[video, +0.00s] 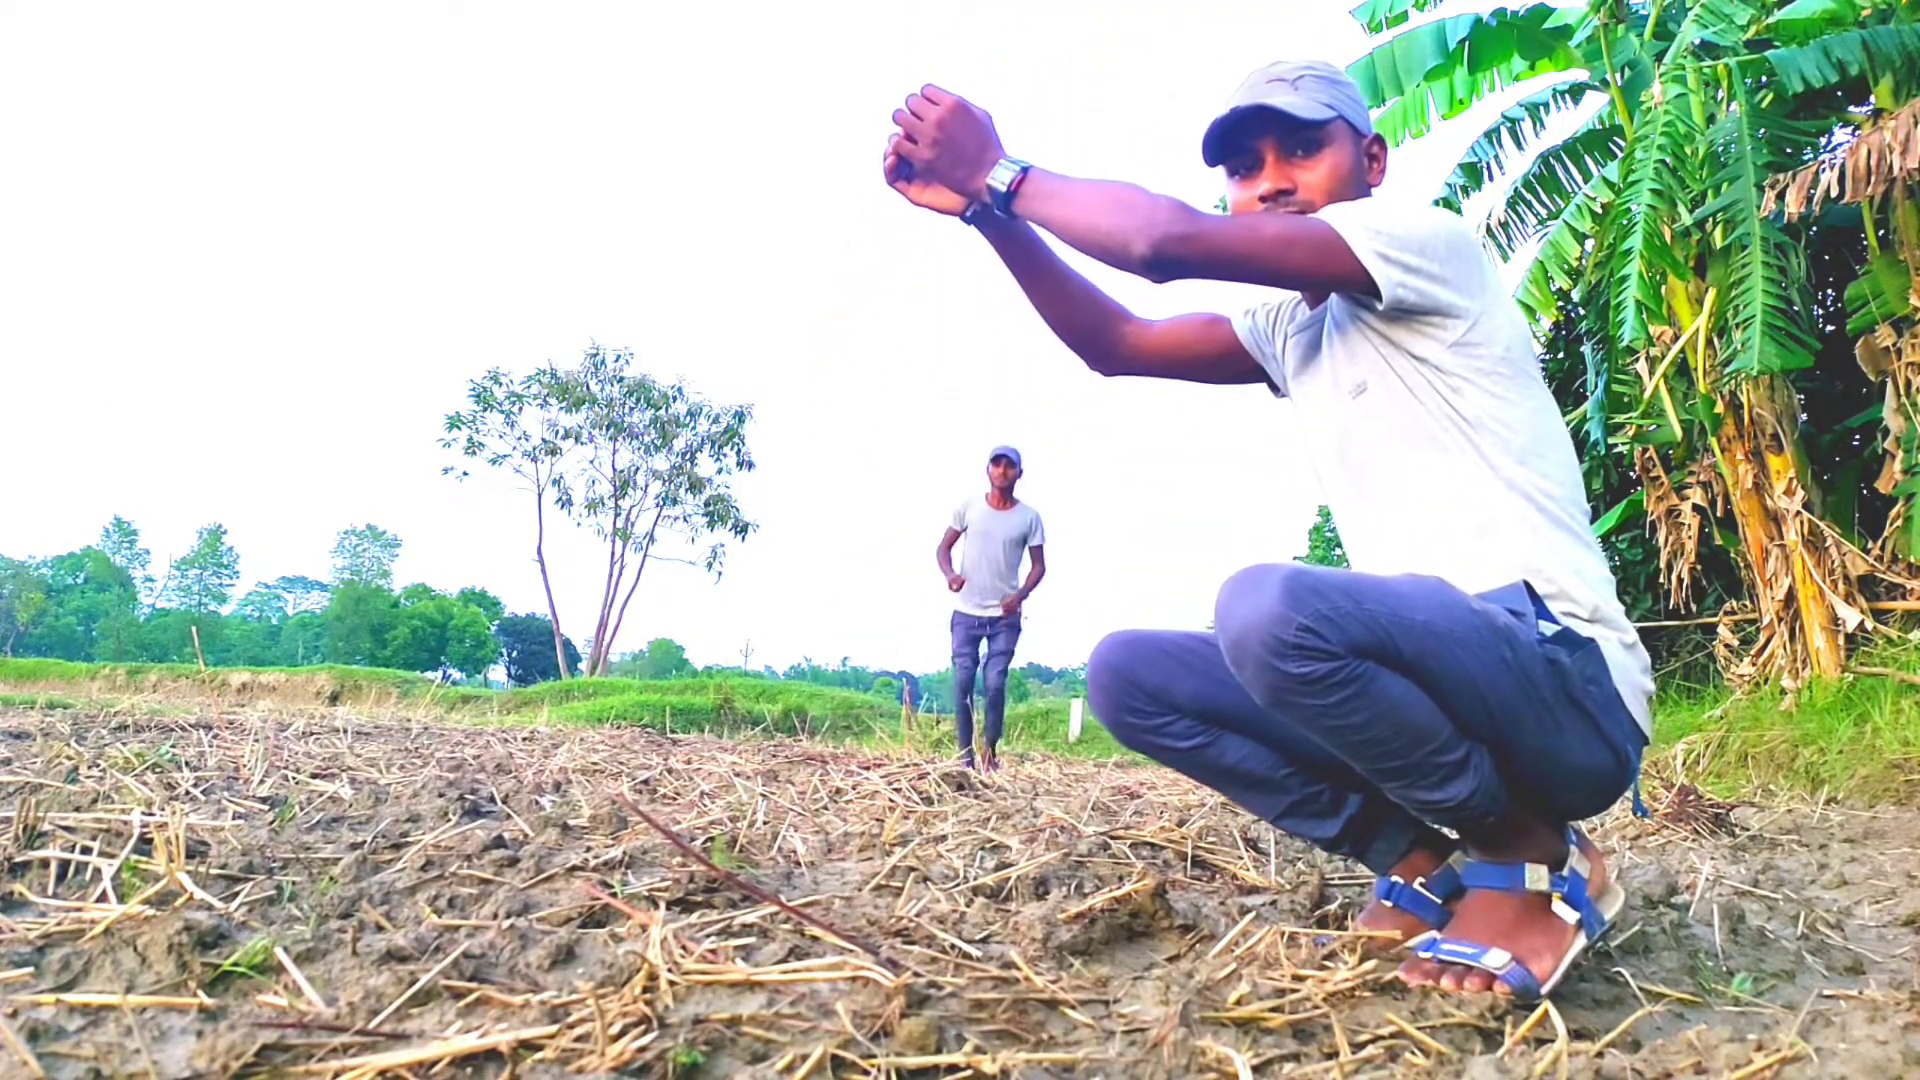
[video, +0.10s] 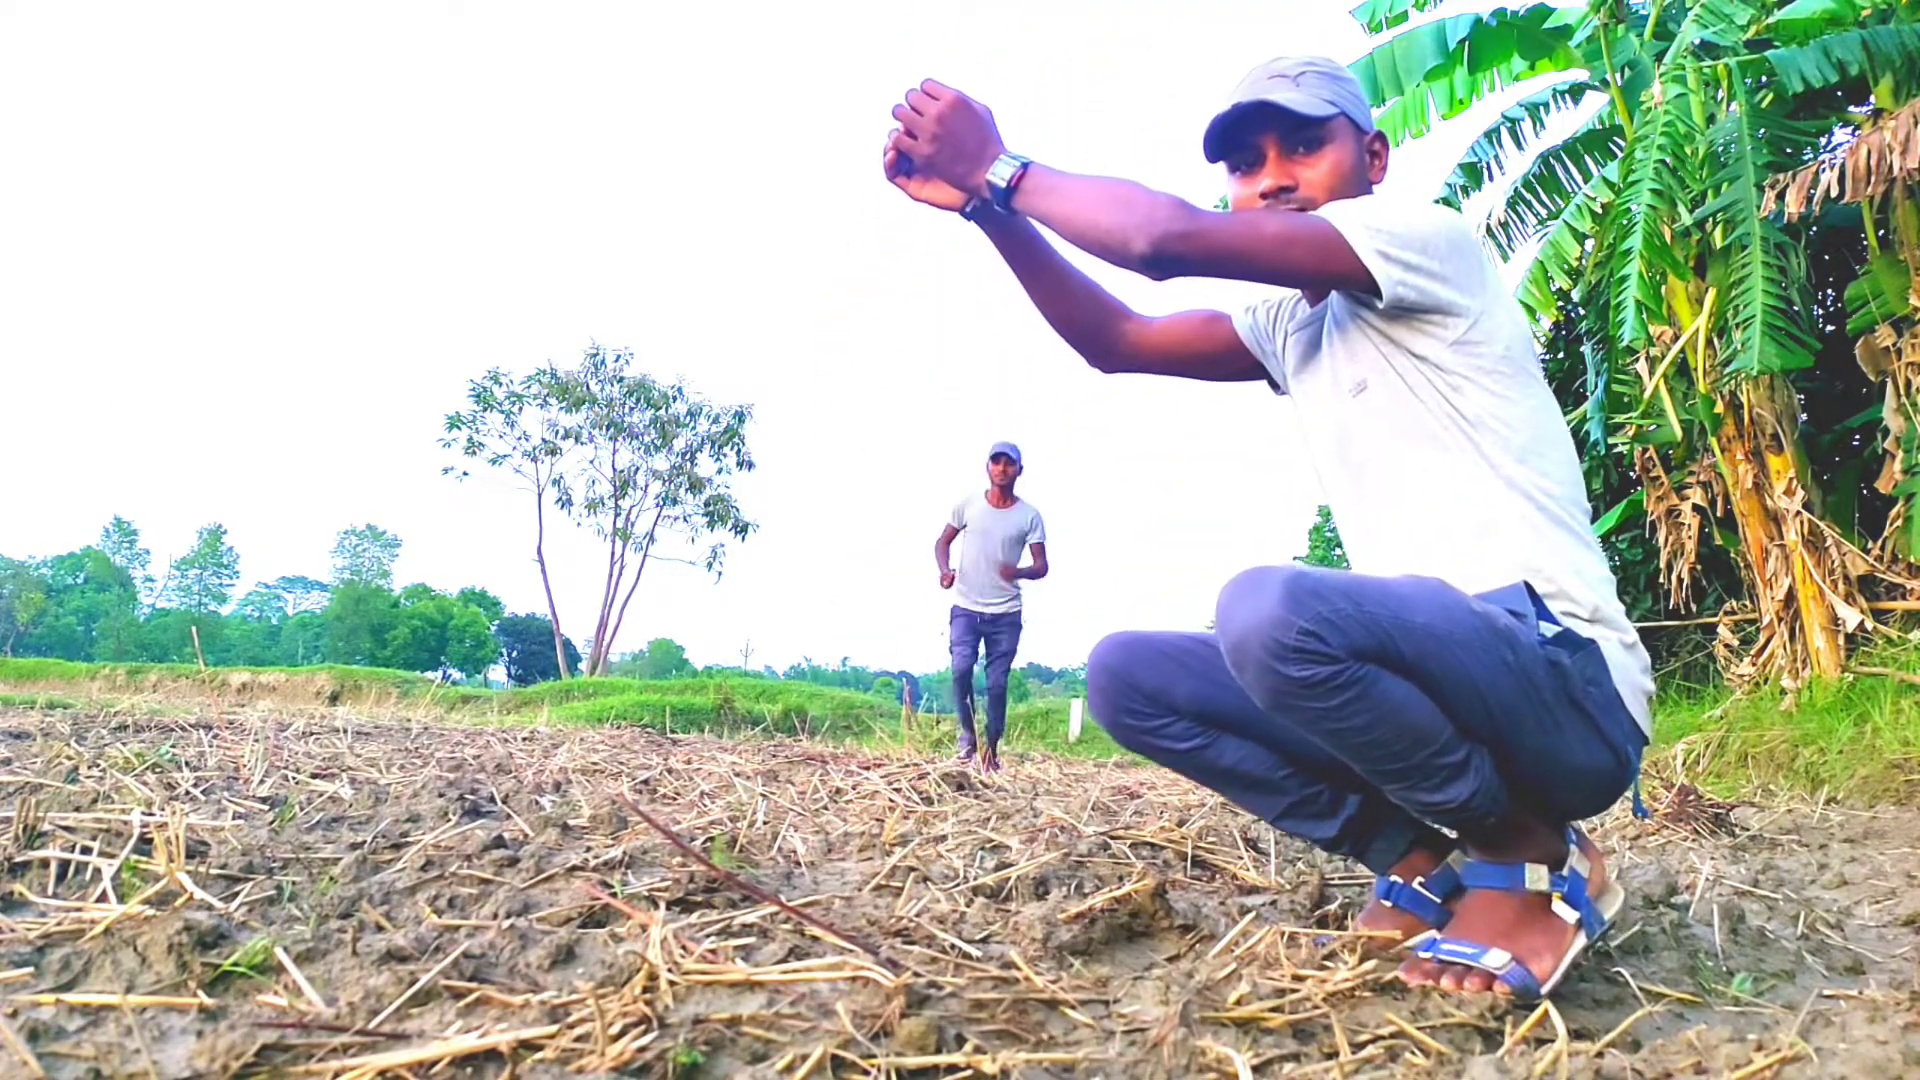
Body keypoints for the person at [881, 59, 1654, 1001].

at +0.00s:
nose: (1271, 181)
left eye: (1303, 146)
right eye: (1244, 164)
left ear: (1375, 160)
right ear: (1229, 188)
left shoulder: (1428, 242)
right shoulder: (1298, 327)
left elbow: (1161, 239)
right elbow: (1116, 342)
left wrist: (997, 172)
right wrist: (991, 212)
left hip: (1565, 674)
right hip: (1440, 687)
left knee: (1268, 612)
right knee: (1127, 676)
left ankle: (1528, 854)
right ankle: (1426, 860)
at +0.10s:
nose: (1273, 177)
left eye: (1305, 143)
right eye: (1246, 161)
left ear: (1376, 157)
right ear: (1231, 187)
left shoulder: (1429, 241)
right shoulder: (1295, 324)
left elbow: (1161, 236)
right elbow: (1116, 339)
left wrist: (996, 166)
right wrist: (990, 209)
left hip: (1565, 672)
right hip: (1439, 684)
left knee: (1271, 614)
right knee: (1128, 678)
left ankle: (1528, 857)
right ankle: (1426, 859)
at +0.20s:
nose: (1273, 175)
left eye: (1305, 140)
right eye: (1246, 157)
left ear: (1377, 155)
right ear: (1231, 183)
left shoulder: (1429, 238)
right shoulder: (1297, 323)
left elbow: (1160, 236)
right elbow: (1114, 340)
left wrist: (996, 165)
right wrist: (988, 208)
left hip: (1565, 672)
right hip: (1440, 684)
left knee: (1271, 614)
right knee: (1128, 679)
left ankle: (1530, 855)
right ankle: (1425, 859)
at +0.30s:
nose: (1275, 168)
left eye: (1309, 132)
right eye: (1247, 149)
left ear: (1379, 149)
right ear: (1231, 182)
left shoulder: (1443, 238)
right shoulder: (1296, 328)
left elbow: (1188, 278)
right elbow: (1117, 383)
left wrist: (1010, 213)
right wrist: (990, 256)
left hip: (1566, 669)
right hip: (1434, 682)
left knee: (1271, 612)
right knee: (1125, 682)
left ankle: (1522, 859)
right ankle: (1424, 854)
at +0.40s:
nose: (1281, 160)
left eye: (1313, 129)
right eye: (1252, 143)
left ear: (1381, 147)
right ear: (1235, 185)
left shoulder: (1457, 246)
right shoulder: (1303, 346)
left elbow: (1296, 398)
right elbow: (1178, 501)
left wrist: (1079, 384)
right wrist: (1046, 458)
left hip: (1567, 676)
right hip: (1436, 699)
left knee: (1269, 612)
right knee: (1122, 682)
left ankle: (1518, 857)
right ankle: (1413, 855)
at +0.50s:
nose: (1272, 167)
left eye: (1302, 135)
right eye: (1241, 149)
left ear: (1364, 150)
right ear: (1219, 186)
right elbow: (1227, 556)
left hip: (1573, 683)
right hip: (1422, 706)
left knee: (1278, 608)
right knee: (1122, 677)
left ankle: (1518, 858)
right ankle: (1408, 850)